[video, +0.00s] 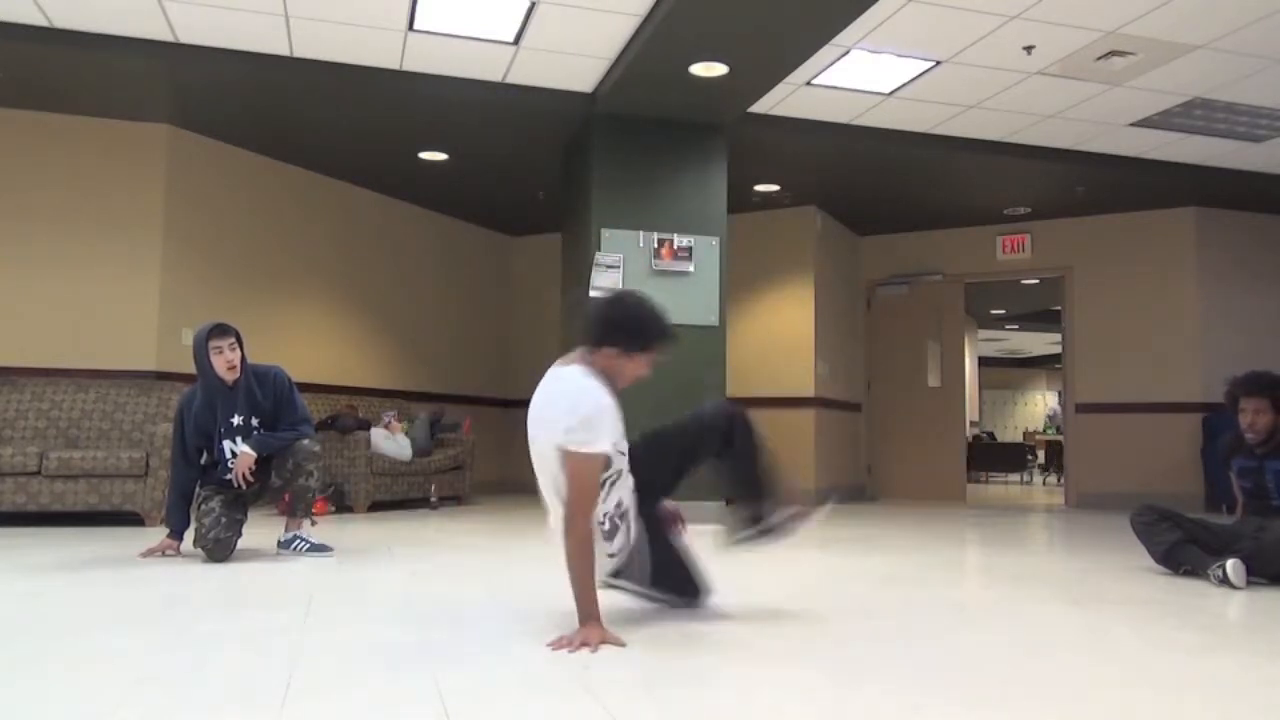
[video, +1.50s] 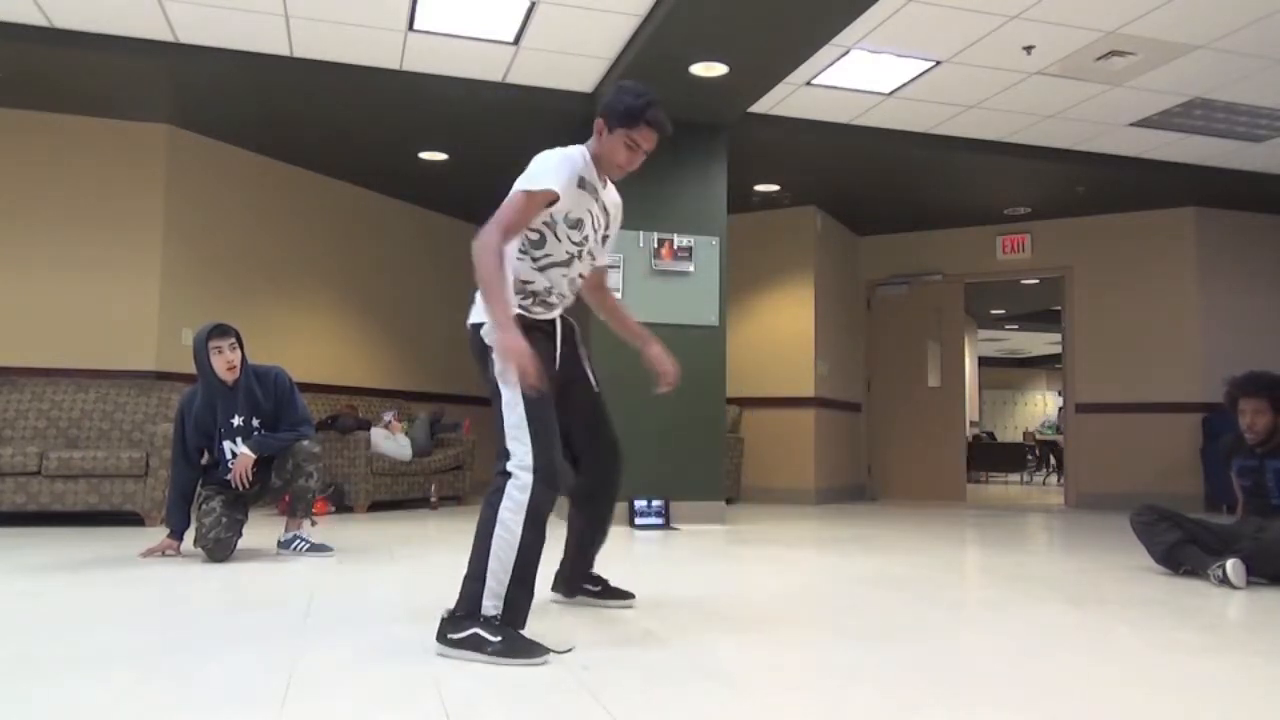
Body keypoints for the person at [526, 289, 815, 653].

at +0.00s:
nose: (649, 371)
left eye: (651, 360)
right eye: (646, 359)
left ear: (610, 347)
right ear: (618, 351)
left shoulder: (574, 370)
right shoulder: (588, 403)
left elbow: (597, 474)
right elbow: (578, 517)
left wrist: (651, 507)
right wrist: (590, 622)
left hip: (619, 482)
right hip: (614, 529)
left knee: (726, 420)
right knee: (687, 591)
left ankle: (754, 512)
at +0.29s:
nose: (690, 456)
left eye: (699, 454)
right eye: (695, 449)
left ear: (698, 403)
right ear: (691, 414)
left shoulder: (678, 380)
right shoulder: (639, 401)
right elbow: (602, 518)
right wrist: (591, 621)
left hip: (578, 434)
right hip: (524, 441)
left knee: (665, 492)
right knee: (481, 585)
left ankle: (588, 571)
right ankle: (368, 535)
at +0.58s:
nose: (667, 432)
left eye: (677, 432)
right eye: (675, 426)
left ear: (676, 387)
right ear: (676, 392)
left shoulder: (647, 370)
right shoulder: (635, 367)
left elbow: (600, 478)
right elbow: (590, 488)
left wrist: (581, 573)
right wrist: (581, 595)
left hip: (539, 374)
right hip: (496, 354)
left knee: (624, 459)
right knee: (537, 454)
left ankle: (581, 567)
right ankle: (457, 596)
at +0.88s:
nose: (668, 339)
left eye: (679, 336)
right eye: (678, 330)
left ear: (669, 292)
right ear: (670, 296)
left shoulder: (630, 292)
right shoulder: (625, 290)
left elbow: (591, 406)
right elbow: (589, 406)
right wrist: (600, 515)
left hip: (517, 341)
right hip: (479, 330)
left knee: (569, 442)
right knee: (527, 459)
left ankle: (577, 569)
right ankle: (472, 618)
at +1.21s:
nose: (657, 208)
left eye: (666, 202)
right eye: (656, 194)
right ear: (629, 168)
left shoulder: (606, 213)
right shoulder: (586, 198)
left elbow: (565, 303)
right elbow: (549, 310)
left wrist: (598, 381)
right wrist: (591, 400)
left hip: (524, 324)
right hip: (485, 320)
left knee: (560, 450)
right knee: (525, 459)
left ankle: (566, 573)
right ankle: (472, 619)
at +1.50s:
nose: (635, 160)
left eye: (645, 153)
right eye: (630, 145)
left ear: (648, 151)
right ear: (601, 128)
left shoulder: (610, 201)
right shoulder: (556, 170)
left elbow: (593, 285)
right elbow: (488, 242)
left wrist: (647, 344)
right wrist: (505, 331)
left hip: (561, 331)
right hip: (511, 328)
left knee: (599, 460)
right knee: (532, 470)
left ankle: (575, 574)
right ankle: (473, 619)